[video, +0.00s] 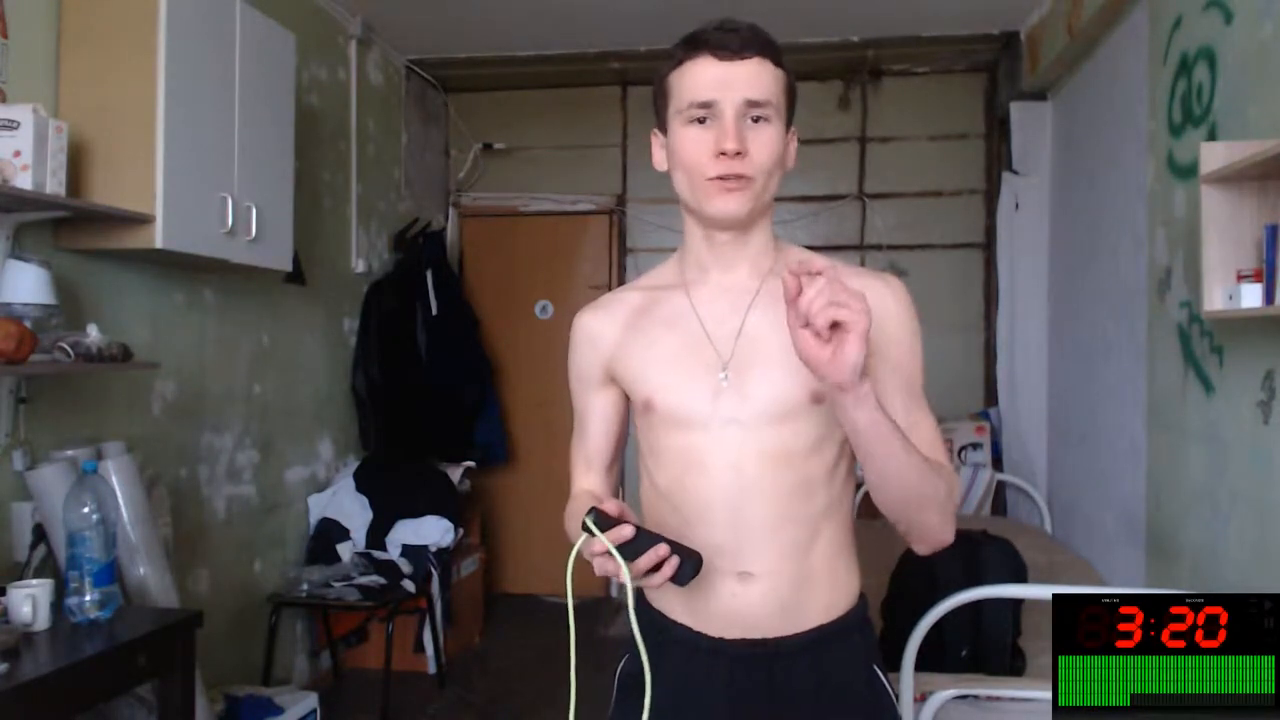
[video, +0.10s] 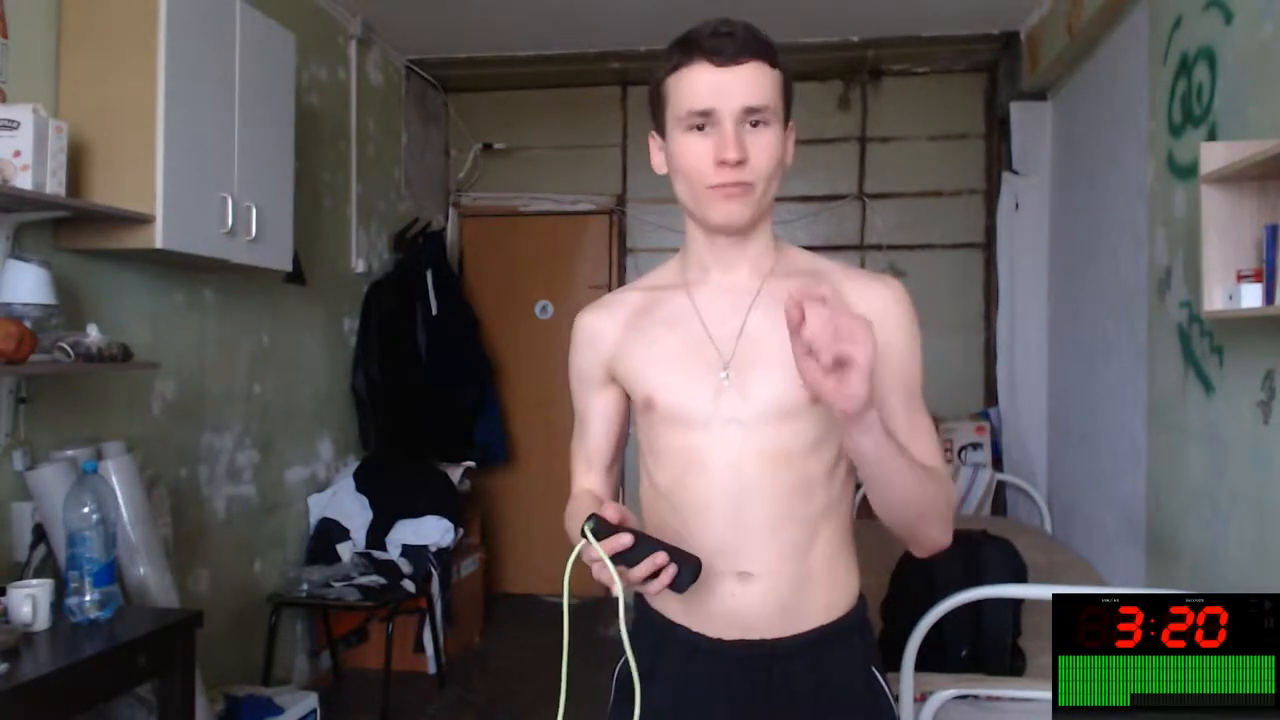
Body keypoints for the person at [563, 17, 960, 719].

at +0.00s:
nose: (730, 144)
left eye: (756, 119)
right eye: (701, 119)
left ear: (789, 150)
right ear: (660, 149)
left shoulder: (871, 302)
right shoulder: (607, 329)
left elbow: (933, 528)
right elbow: (588, 488)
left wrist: (849, 389)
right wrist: (602, 537)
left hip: (829, 668)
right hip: (676, 671)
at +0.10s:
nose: (731, 151)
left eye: (754, 122)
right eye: (700, 125)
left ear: (788, 145)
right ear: (659, 151)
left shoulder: (873, 305)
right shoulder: (608, 329)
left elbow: (932, 532)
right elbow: (588, 489)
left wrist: (856, 417)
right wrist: (602, 543)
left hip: (827, 668)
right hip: (674, 670)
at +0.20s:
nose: (729, 168)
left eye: (752, 134)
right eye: (698, 139)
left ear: (786, 145)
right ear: (657, 157)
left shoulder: (872, 309)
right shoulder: (609, 330)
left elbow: (930, 537)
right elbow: (587, 488)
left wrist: (868, 462)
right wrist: (602, 537)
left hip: (825, 668)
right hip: (671, 670)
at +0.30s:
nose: (725, 172)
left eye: (748, 138)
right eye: (695, 143)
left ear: (784, 146)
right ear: (656, 159)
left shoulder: (869, 310)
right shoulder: (609, 331)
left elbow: (927, 533)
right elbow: (587, 495)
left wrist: (880, 480)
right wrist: (591, 548)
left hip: (822, 671)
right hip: (668, 670)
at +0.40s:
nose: (722, 168)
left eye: (745, 135)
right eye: (692, 140)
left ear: (784, 146)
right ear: (655, 159)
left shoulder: (867, 313)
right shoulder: (606, 330)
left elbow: (930, 531)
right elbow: (589, 492)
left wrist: (889, 500)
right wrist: (590, 544)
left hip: (820, 671)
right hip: (666, 670)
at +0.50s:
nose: (721, 160)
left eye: (746, 128)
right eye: (692, 134)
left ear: (783, 145)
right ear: (654, 157)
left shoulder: (867, 313)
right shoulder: (605, 328)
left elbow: (932, 532)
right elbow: (585, 491)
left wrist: (888, 468)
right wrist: (591, 543)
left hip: (818, 671)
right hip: (664, 669)